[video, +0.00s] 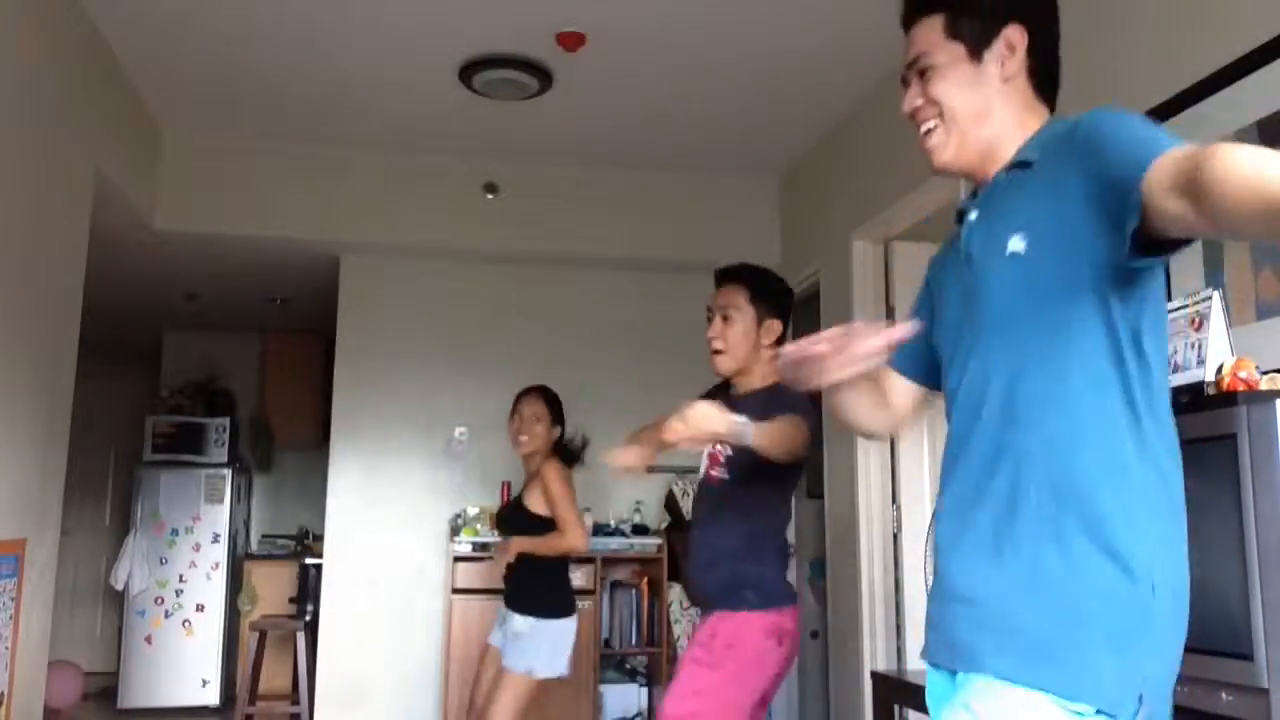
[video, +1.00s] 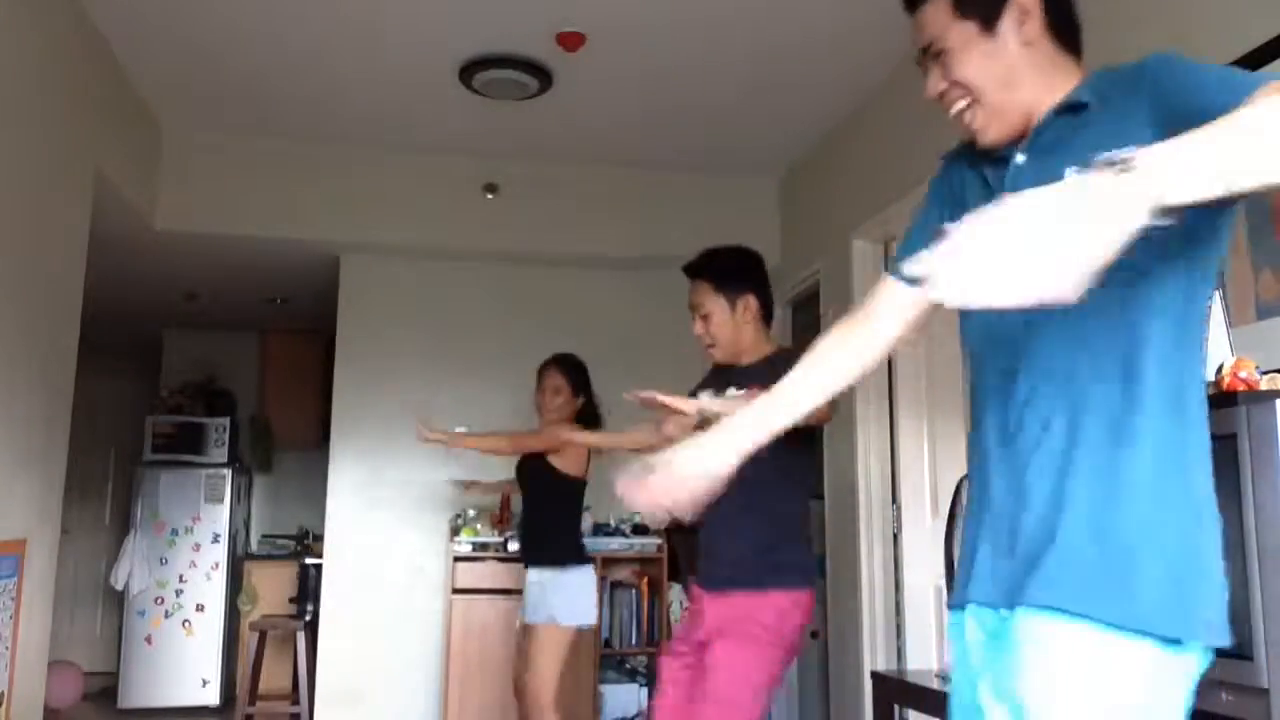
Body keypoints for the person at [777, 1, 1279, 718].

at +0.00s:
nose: (908, 102)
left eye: (925, 71)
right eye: (906, 84)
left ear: (1007, 53)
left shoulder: (1087, 147)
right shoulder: (951, 261)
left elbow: (1197, 183)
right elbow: (885, 410)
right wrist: (840, 376)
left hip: (1074, 622)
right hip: (969, 618)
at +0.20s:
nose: (935, 52)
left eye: (950, 22)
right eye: (933, 34)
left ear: (1033, 12)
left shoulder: (1141, 100)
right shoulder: (942, 180)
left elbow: (1271, 128)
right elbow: (848, 314)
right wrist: (734, 438)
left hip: (1108, 587)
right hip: (964, 583)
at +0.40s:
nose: (940, 96)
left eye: (949, 65)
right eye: (941, 72)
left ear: (1016, 46)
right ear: (1014, 51)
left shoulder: (1173, 152)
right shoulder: (956, 219)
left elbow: (1277, 204)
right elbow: (847, 368)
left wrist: (1077, 239)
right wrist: (732, 502)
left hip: (1158, 629)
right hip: (990, 629)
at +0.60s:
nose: (923, 84)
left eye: (927, 53)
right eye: (920, 61)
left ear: (986, 26)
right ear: (985, 31)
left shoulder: (1122, 95)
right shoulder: (963, 206)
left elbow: (1248, 134)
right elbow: (893, 355)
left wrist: (1262, 254)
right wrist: (777, 379)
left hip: (1121, 591)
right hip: (976, 586)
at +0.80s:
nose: (902, 143)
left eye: (902, 113)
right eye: (896, 119)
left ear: (960, 86)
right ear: (959, 91)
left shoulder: (1102, 158)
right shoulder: (975, 256)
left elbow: (1229, 208)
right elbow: (915, 421)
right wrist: (890, 343)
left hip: (1097, 614)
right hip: (999, 611)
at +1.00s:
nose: (932, 86)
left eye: (941, 54)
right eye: (927, 66)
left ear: (1022, 22)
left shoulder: (1150, 90)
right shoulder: (965, 179)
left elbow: (1277, 115)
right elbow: (877, 323)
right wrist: (725, 442)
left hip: (1121, 573)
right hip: (994, 572)